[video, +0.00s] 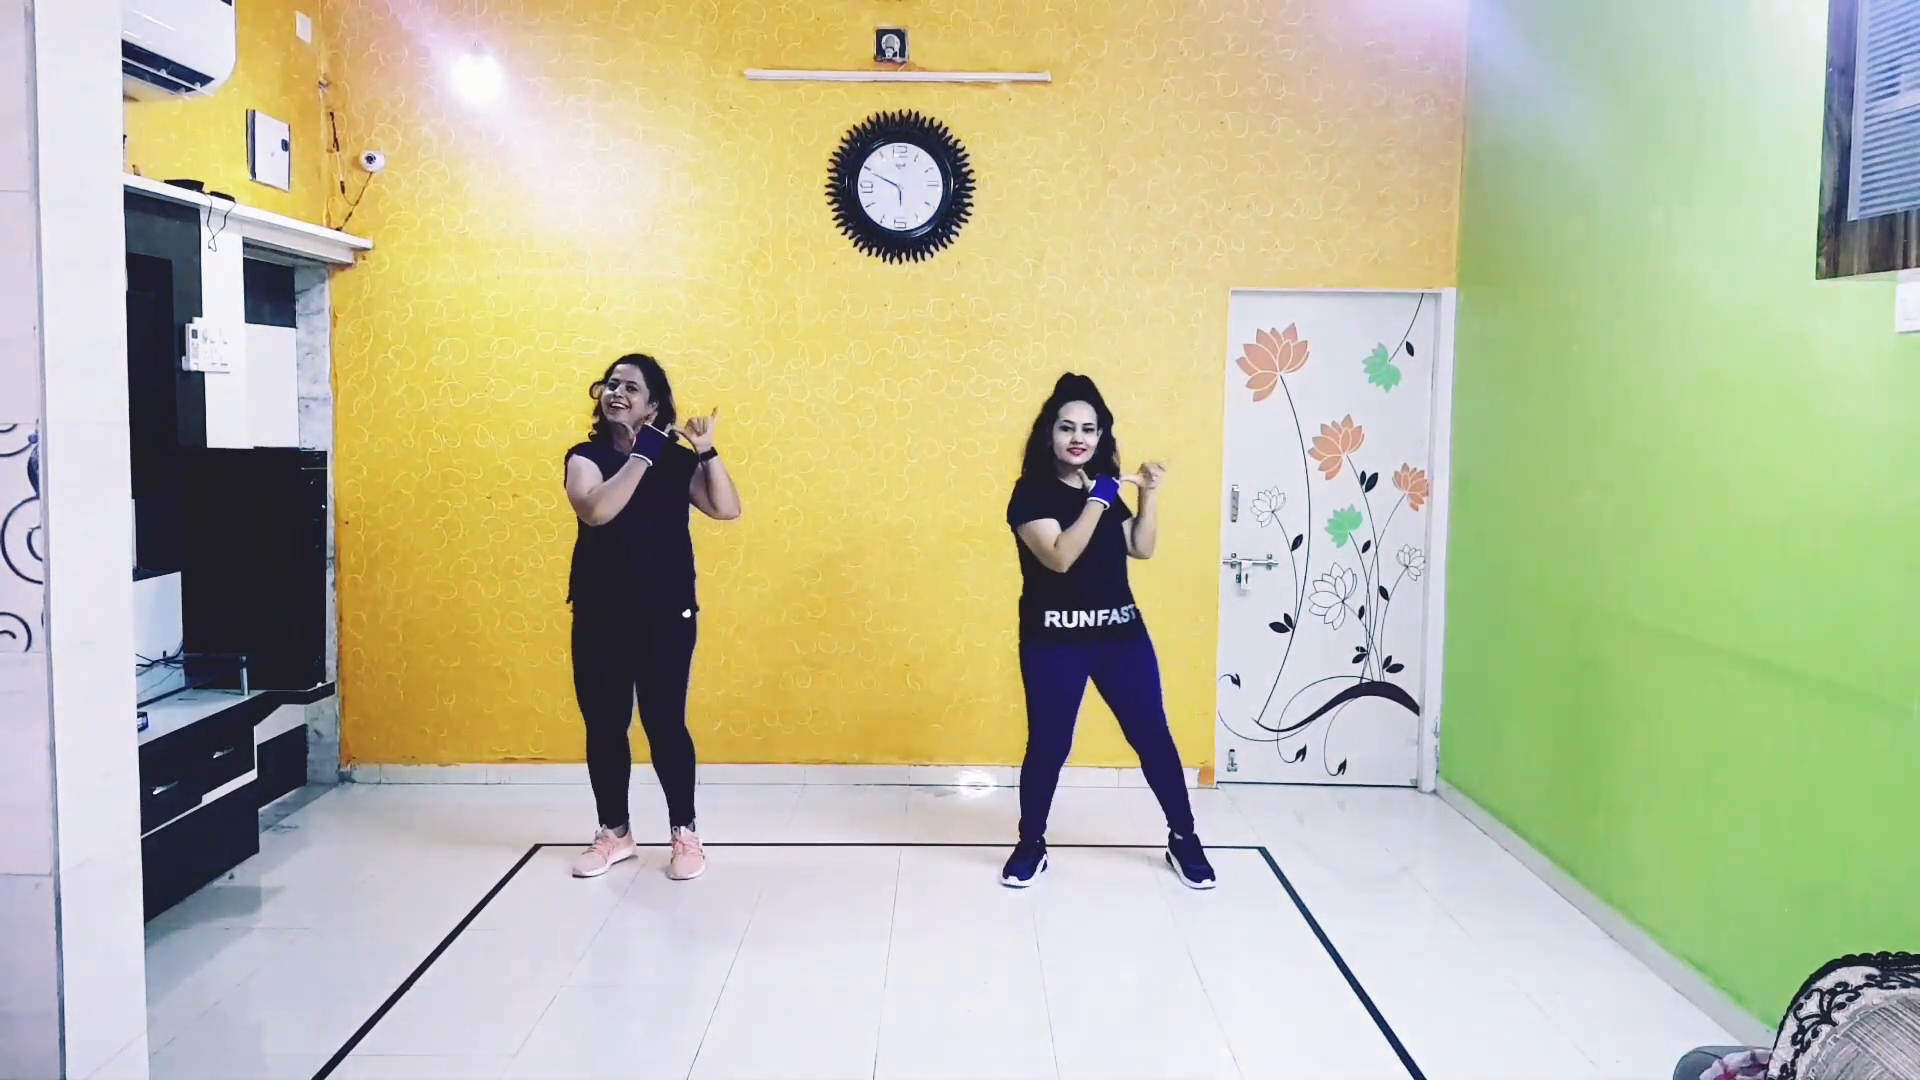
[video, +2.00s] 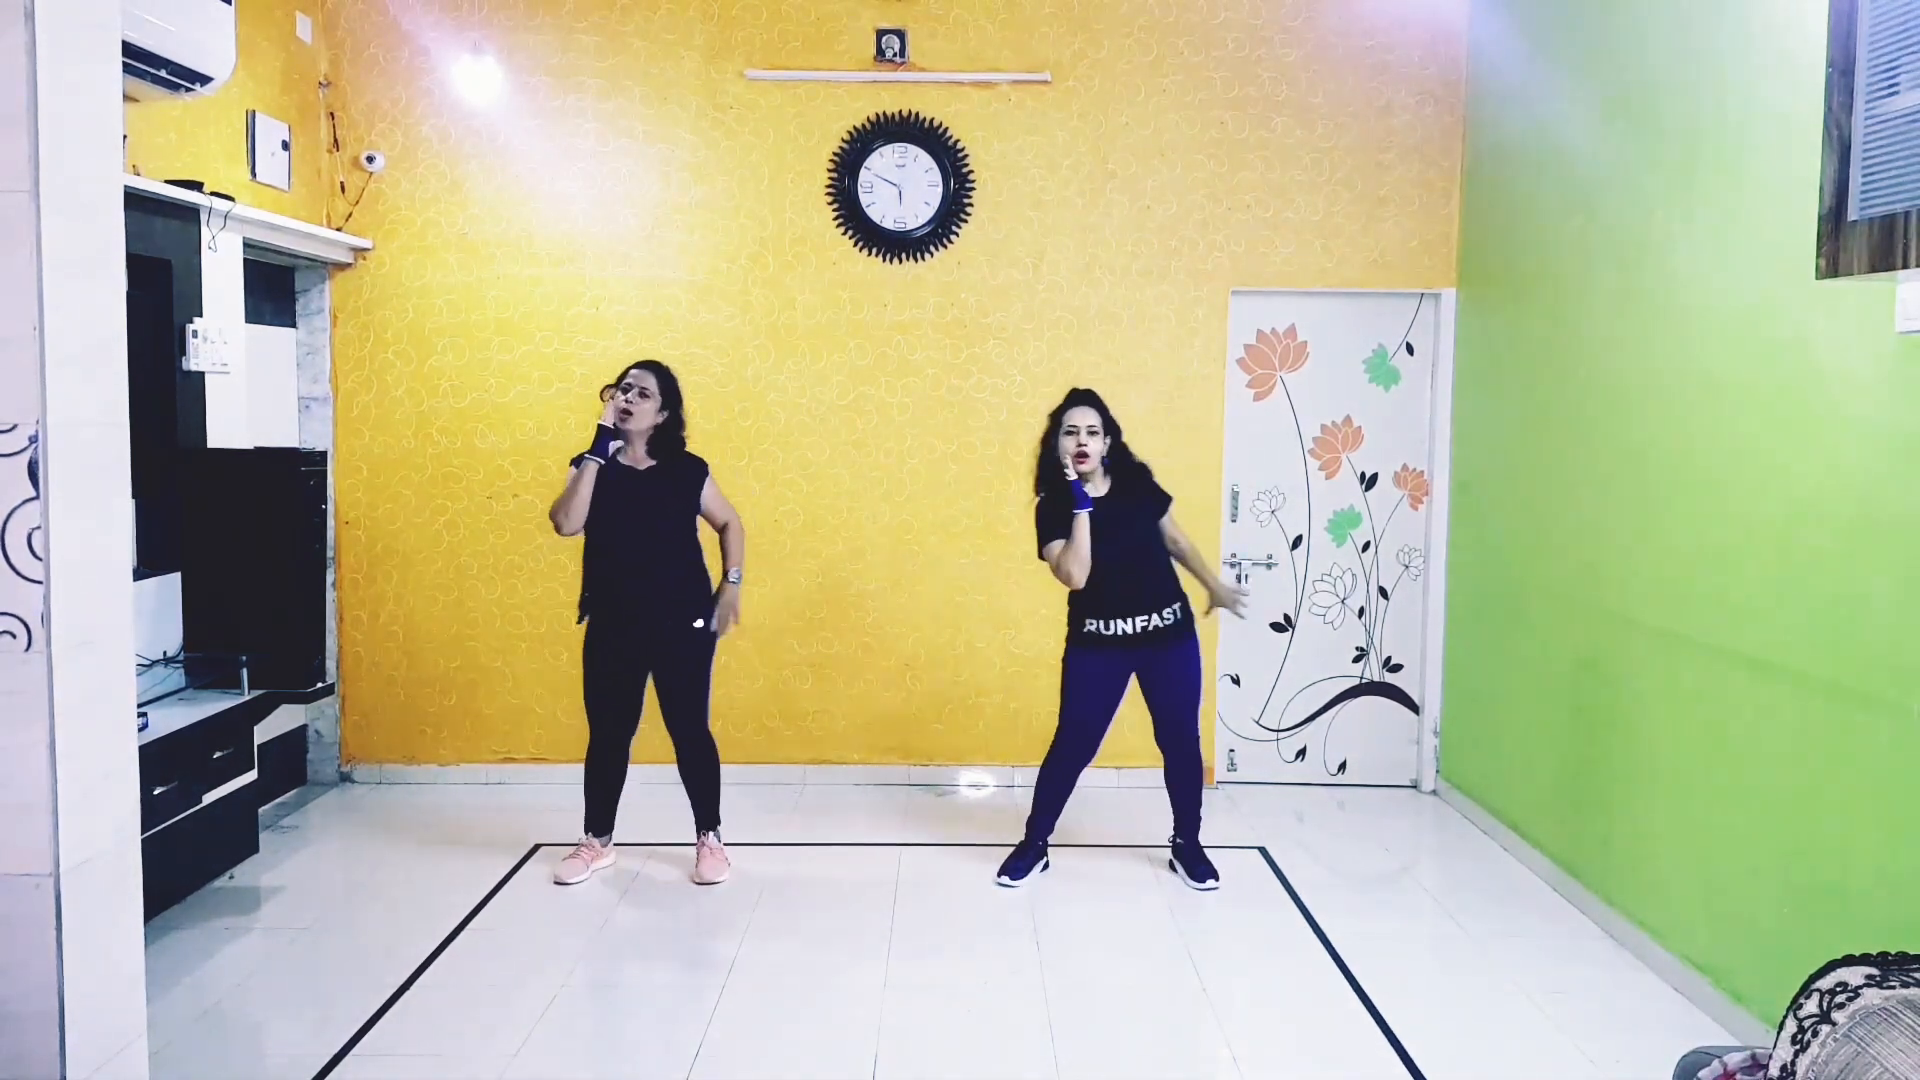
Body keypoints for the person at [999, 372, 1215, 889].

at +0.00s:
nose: (1078, 439)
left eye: (1089, 429)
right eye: (1067, 427)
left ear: (1102, 435)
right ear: (1048, 432)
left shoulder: (1107, 487)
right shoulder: (1029, 493)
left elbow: (1142, 548)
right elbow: (1057, 559)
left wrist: (1148, 498)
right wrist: (1097, 503)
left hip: (1118, 634)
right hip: (1053, 640)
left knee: (1153, 738)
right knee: (1048, 747)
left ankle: (1185, 838)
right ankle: (1031, 843)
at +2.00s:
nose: (1082, 441)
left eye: (1092, 432)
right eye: (1071, 432)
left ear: (1107, 440)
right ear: (1057, 442)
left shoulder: (1136, 480)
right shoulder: (1055, 502)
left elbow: (1177, 541)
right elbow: (1074, 575)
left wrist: (1216, 586)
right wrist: (1081, 502)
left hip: (1167, 635)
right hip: (1098, 642)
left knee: (1182, 743)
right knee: (1072, 747)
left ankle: (1187, 842)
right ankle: (1034, 842)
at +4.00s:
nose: (1151, 435)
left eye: (1161, 425)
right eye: (1140, 426)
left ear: (1181, 432)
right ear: (1129, 437)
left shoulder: (1211, 485)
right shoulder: (1125, 491)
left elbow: (1252, 560)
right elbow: (1101, 568)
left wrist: (1279, 627)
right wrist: (1132, 517)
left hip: (1206, 642)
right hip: (1134, 638)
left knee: (1202, 754)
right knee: (1090, 742)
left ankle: (1194, 844)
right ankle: (1043, 839)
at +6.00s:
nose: (1126, 453)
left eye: (1138, 442)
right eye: (1116, 441)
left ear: (1157, 447)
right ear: (1103, 446)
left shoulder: (1185, 493)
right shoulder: (1104, 513)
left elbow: (1249, 524)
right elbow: (1093, 587)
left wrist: (1247, 593)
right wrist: (1037, 571)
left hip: (1179, 651)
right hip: (1110, 647)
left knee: (1181, 759)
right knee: (1070, 748)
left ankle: (1193, 846)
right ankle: (1029, 841)